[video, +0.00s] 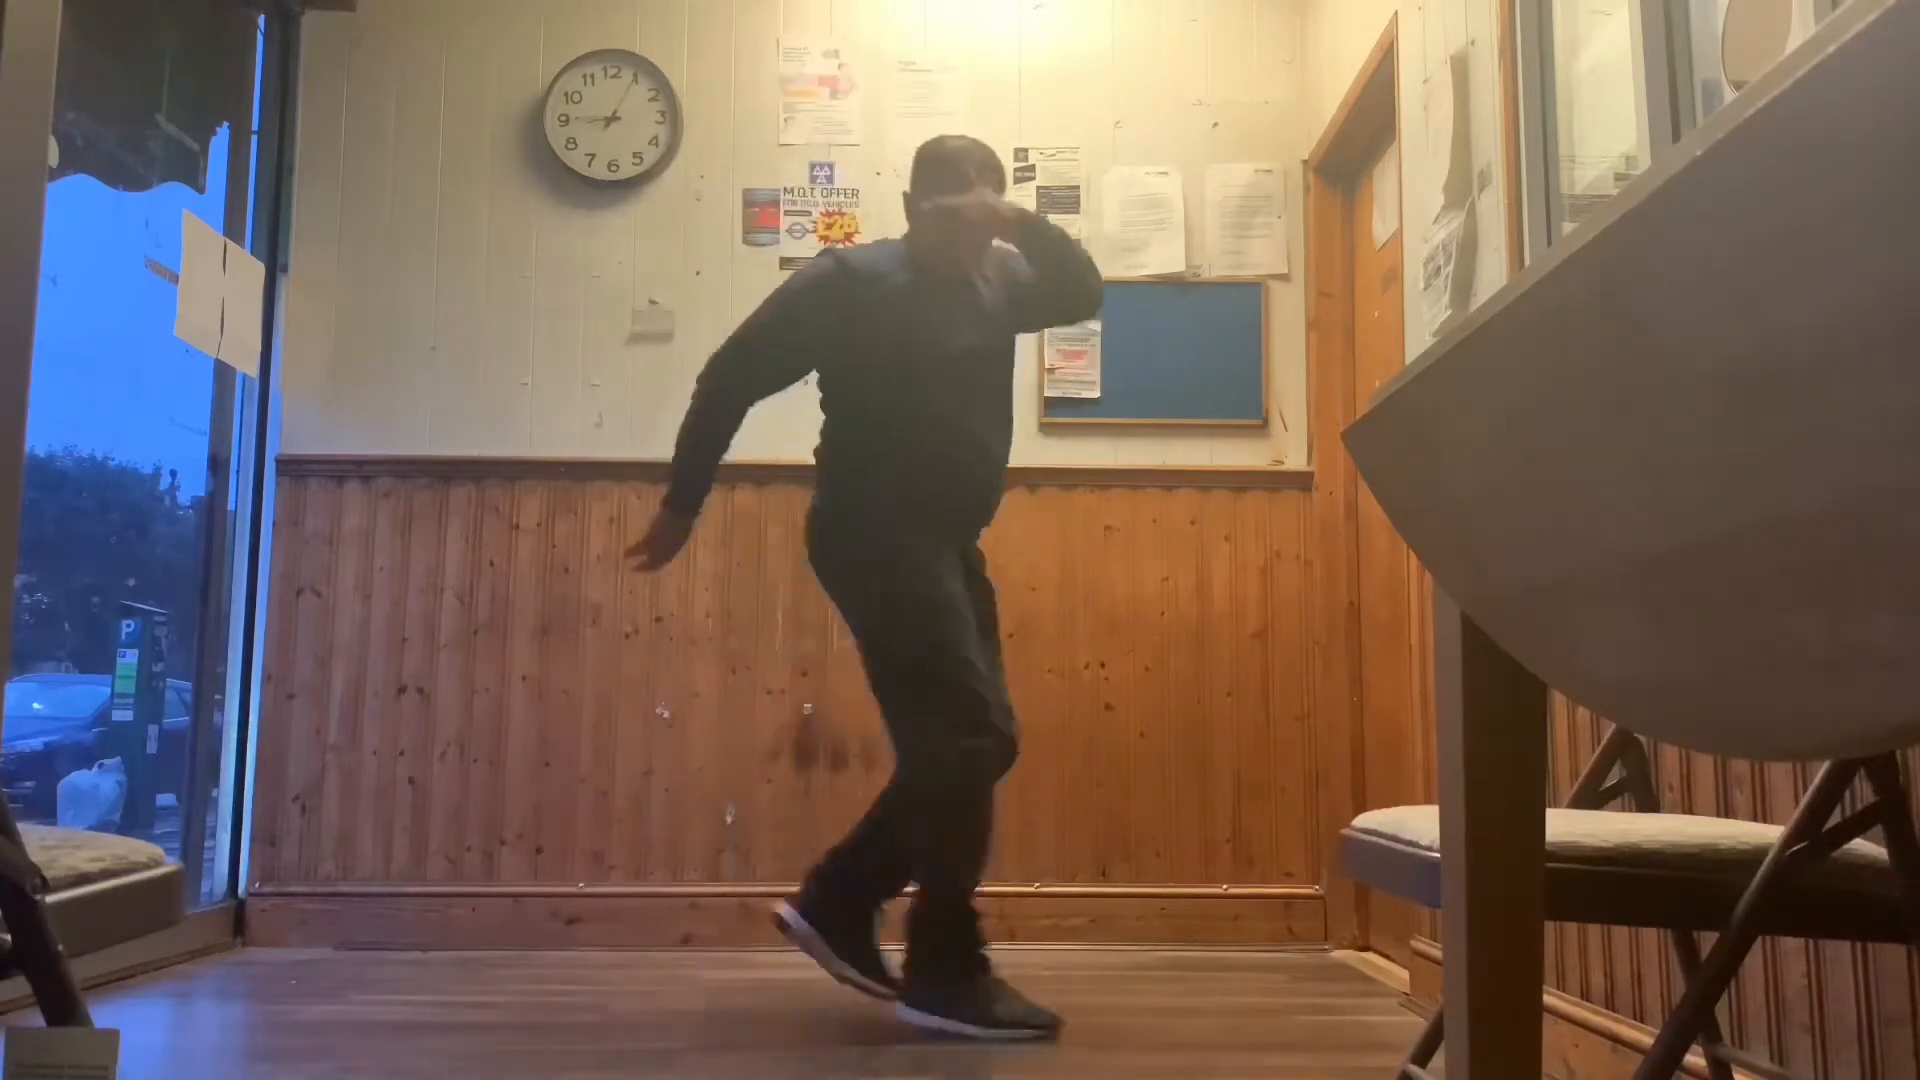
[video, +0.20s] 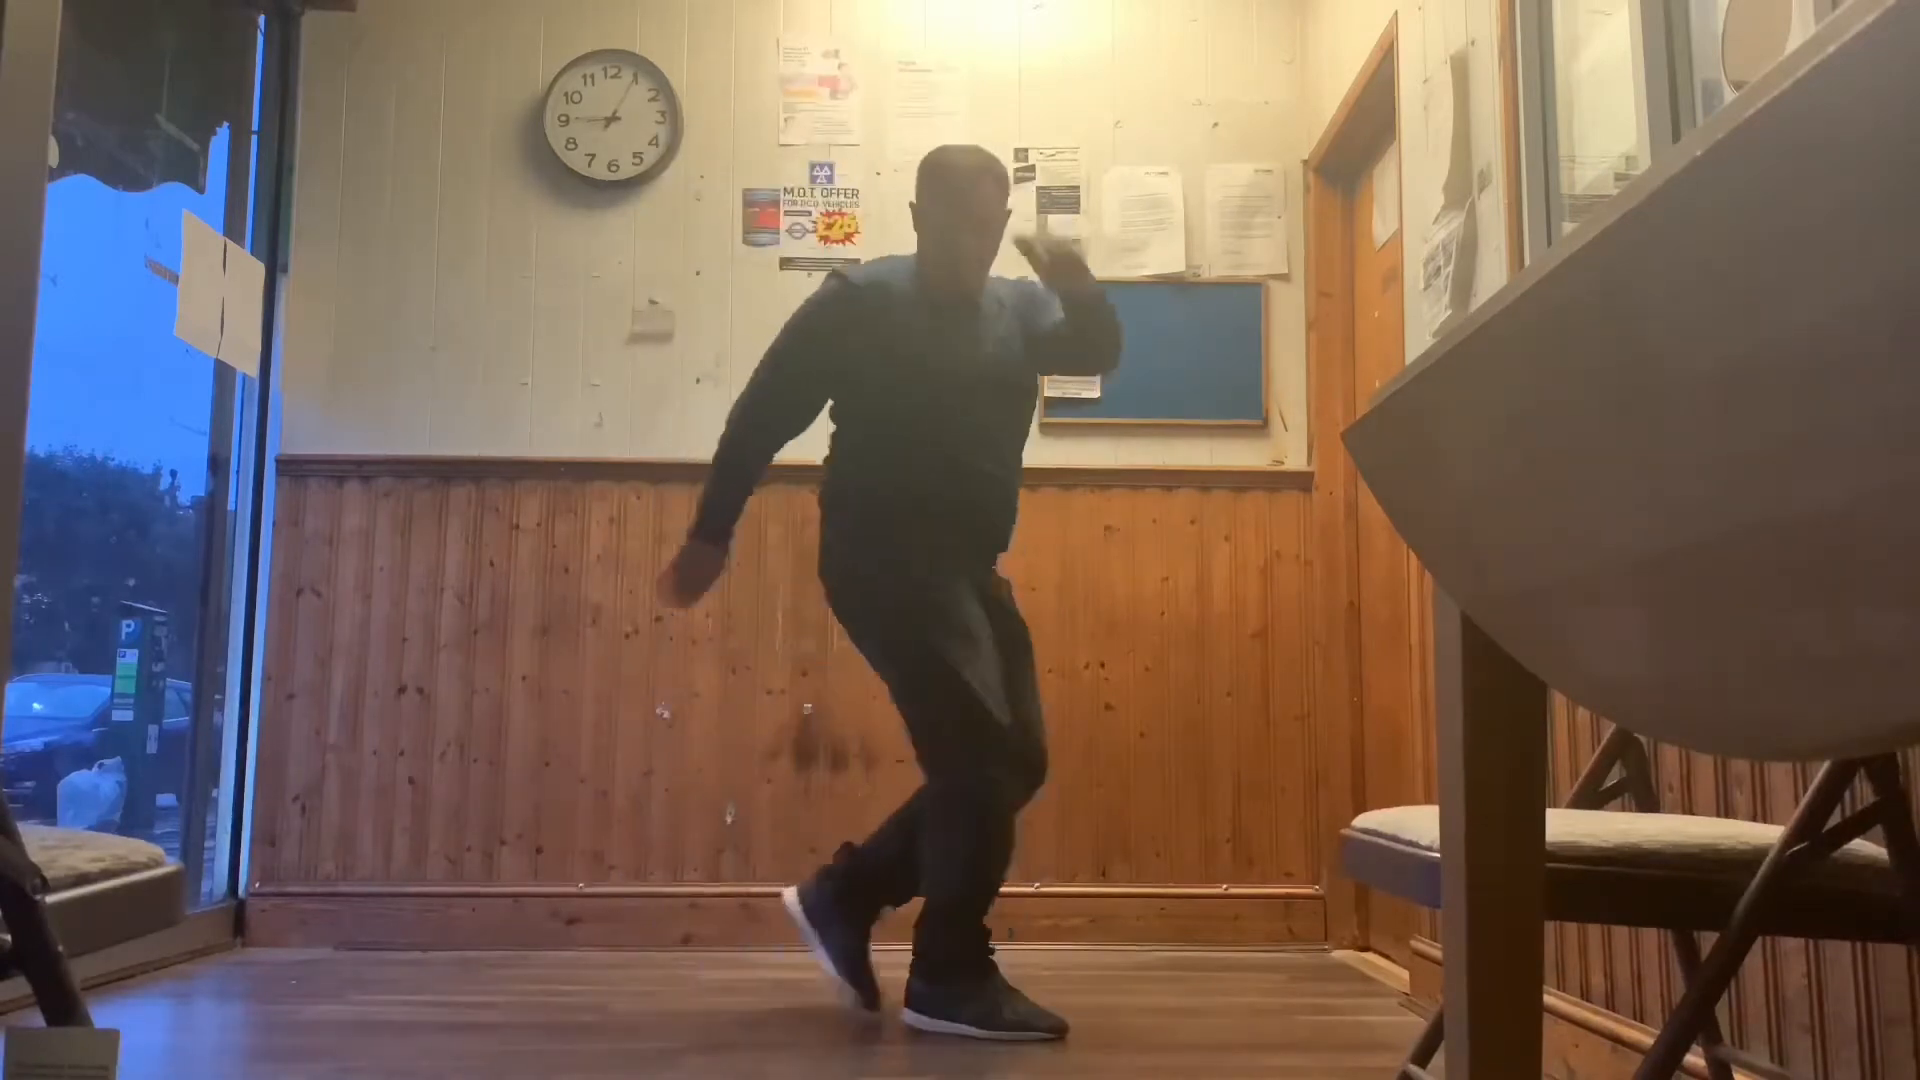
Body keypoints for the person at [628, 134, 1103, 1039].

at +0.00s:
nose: (982, 226)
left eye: (990, 210)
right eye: (962, 208)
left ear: (998, 215)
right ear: (919, 207)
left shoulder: (998, 293)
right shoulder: (849, 284)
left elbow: (1080, 293)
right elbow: (730, 378)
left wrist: (1022, 222)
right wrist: (681, 504)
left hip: (949, 542)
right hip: (872, 538)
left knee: (977, 740)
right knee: (964, 737)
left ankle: (838, 899)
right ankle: (944, 973)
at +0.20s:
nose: (988, 225)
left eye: (996, 210)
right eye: (969, 208)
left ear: (1004, 219)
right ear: (924, 209)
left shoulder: (1020, 310)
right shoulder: (859, 303)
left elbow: (1098, 349)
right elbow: (764, 412)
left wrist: (1077, 288)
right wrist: (710, 533)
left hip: (970, 569)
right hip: (884, 567)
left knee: (1016, 762)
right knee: (978, 761)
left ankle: (845, 896)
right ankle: (949, 976)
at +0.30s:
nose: (978, 211)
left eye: (993, 193)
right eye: (961, 192)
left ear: (1008, 198)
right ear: (921, 189)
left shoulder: (1027, 303)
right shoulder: (854, 277)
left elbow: (1077, 390)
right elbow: (773, 391)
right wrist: (782, 494)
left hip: (960, 547)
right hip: (858, 544)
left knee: (984, 730)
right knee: (900, 728)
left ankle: (920, 929)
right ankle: (925, 971)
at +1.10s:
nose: (684, 209)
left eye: (707, 197)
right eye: (682, 193)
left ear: (760, 222)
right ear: (674, 214)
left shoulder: (759, 309)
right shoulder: (677, 320)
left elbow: (797, 454)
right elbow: (678, 468)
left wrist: (802, 585)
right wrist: (612, 555)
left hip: (710, 582)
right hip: (642, 581)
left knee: (722, 754)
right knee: (596, 762)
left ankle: (902, 870)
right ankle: (642, 952)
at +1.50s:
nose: (592, 181)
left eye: (613, 165)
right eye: (588, 166)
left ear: (661, 186)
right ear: (580, 181)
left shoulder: (679, 278)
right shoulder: (574, 300)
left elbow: (732, 425)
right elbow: (555, 437)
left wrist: (703, 542)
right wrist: (480, 519)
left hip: (588, 564)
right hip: (540, 562)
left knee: (465, 744)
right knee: (527, 762)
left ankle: (470, 975)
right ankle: (663, 926)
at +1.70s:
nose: (589, 159)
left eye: (611, 145)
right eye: (580, 148)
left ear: (656, 171)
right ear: (565, 176)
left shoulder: (688, 252)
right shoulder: (558, 309)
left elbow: (717, 364)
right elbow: (559, 448)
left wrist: (578, 419)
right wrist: (503, 524)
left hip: (643, 533)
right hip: (565, 539)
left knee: (525, 730)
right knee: (550, 743)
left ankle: (483, 962)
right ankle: (670, 937)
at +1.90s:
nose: (618, 177)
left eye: (641, 164)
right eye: (609, 167)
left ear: (688, 191)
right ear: (596, 193)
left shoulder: (718, 261)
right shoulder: (599, 329)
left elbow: (774, 257)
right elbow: (605, 462)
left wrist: (621, 235)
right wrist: (536, 535)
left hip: (712, 531)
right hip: (623, 549)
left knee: (653, 708)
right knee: (581, 768)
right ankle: (686, 958)